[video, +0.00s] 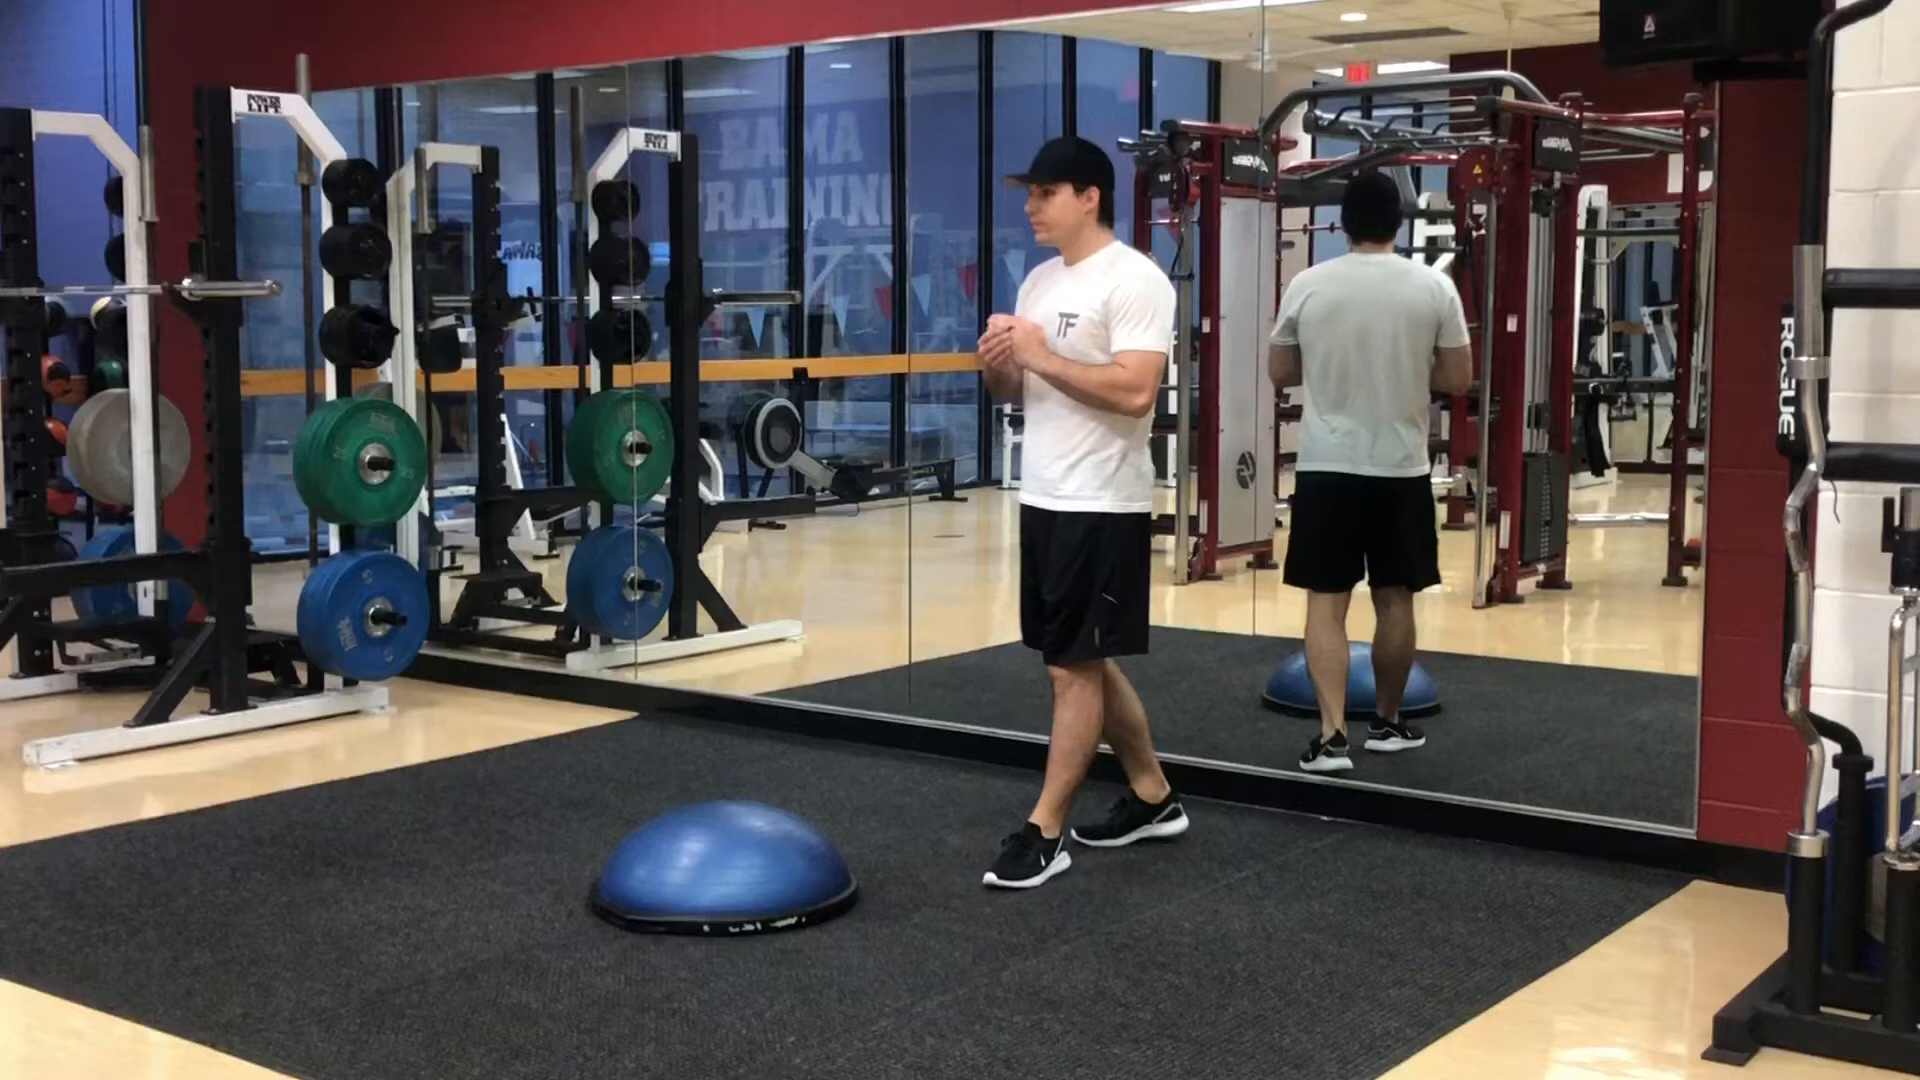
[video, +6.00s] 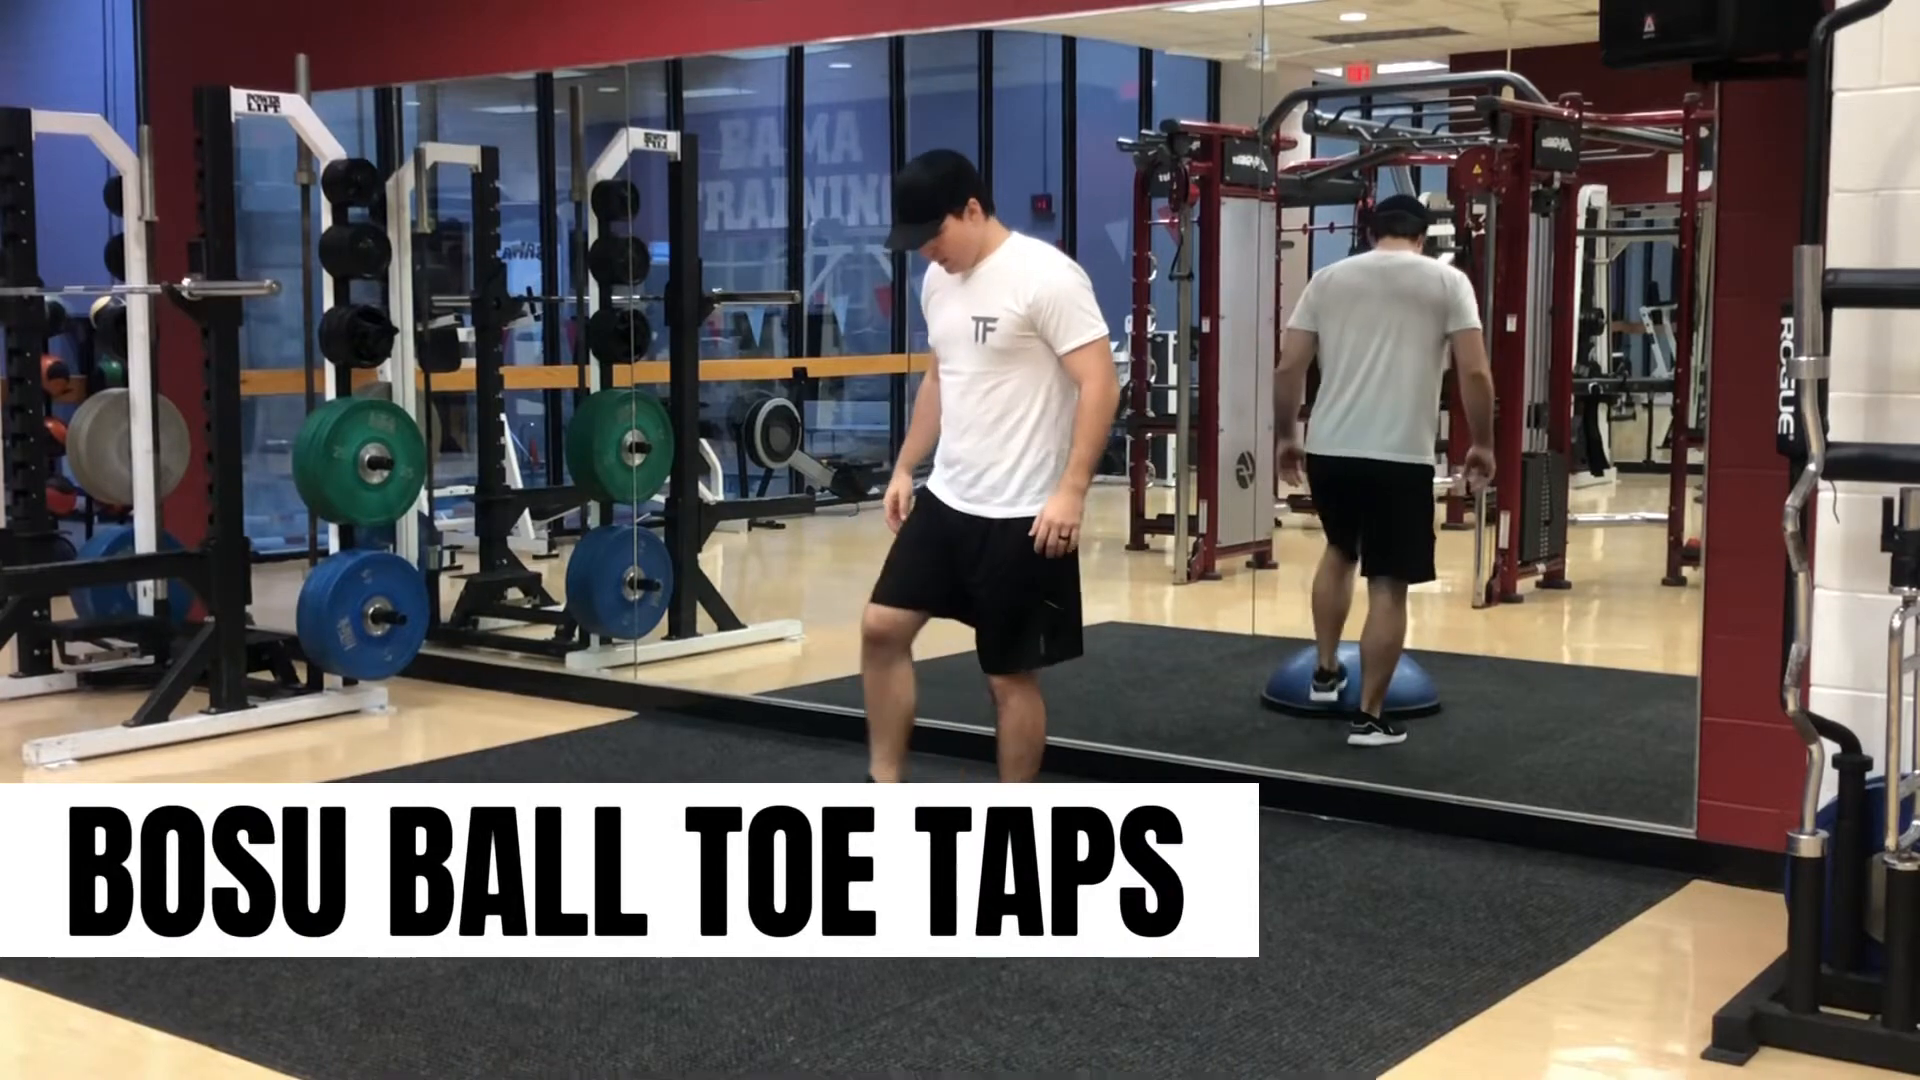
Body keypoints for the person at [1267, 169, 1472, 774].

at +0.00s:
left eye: (1353, 219)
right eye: (1388, 218)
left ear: (1343, 224)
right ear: (1399, 224)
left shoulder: (1309, 284)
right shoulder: (1432, 286)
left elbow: (1282, 371)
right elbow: (1456, 379)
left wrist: (1338, 357)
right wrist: (1403, 364)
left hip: (1326, 471)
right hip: (1401, 472)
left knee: (1327, 602)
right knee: (1395, 597)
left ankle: (1331, 738)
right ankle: (1388, 724)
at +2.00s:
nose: (1370, 215)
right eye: (1369, 207)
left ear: (1306, 217)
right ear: (1366, 213)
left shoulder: (1274, 285)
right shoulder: (1400, 281)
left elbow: (1260, 374)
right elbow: (1427, 370)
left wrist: (1315, 347)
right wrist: (1371, 353)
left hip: (1299, 474)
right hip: (1376, 474)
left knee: (1314, 606)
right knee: (1374, 604)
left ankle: (1331, 744)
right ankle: (1370, 727)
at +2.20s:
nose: (1369, 218)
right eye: (1369, 209)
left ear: (1309, 218)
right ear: (1367, 214)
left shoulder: (1275, 285)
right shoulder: (1400, 282)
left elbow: (1266, 384)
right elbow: (1420, 381)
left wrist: (1320, 399)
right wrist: (1392, 419)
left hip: (1300, 474)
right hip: (1377, 474)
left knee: (1314, 606)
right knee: (1375, 604)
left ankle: (1331, 745)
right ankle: (1370, 727)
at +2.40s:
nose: (1372, 229)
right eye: (1373, 221)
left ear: (1312, 225)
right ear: (1368, 222)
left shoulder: (1275, 287)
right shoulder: (1402, 283)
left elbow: (1248, 387)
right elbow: (1438, 380)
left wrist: (1246, 457)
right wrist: (1464, 459)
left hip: (1300, 476)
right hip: (1380, 476)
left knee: (1315, 607)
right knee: (1376, 603)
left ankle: (1331, 744)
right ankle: (1371, 728)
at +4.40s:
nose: (1428, 244)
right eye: (1432, 237)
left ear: (1376, 232)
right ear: (1430, 235)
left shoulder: (1334, 277)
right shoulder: (1451, 282)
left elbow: (1294, 366)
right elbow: (1475, 381)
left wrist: (1288, 435)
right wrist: (1484, 452)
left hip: (1334, 462)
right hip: (1407, 468)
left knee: (1332, 577)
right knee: (1390, 596)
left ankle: (1316, 704)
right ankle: (1370, 722)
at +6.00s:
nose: (1414, 246)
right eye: (1421, 238)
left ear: (1371, 234)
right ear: (1422, 238)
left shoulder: (1328, 278)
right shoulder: (1447, 280)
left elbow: (1289, 367)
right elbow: (1474, 373)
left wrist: (1286, 436)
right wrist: (1482, 443)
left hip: (1329, 452)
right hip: (1402, 460)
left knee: (1339, 550)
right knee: (1388, 589)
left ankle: (1325, 671)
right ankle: (1370, 718)